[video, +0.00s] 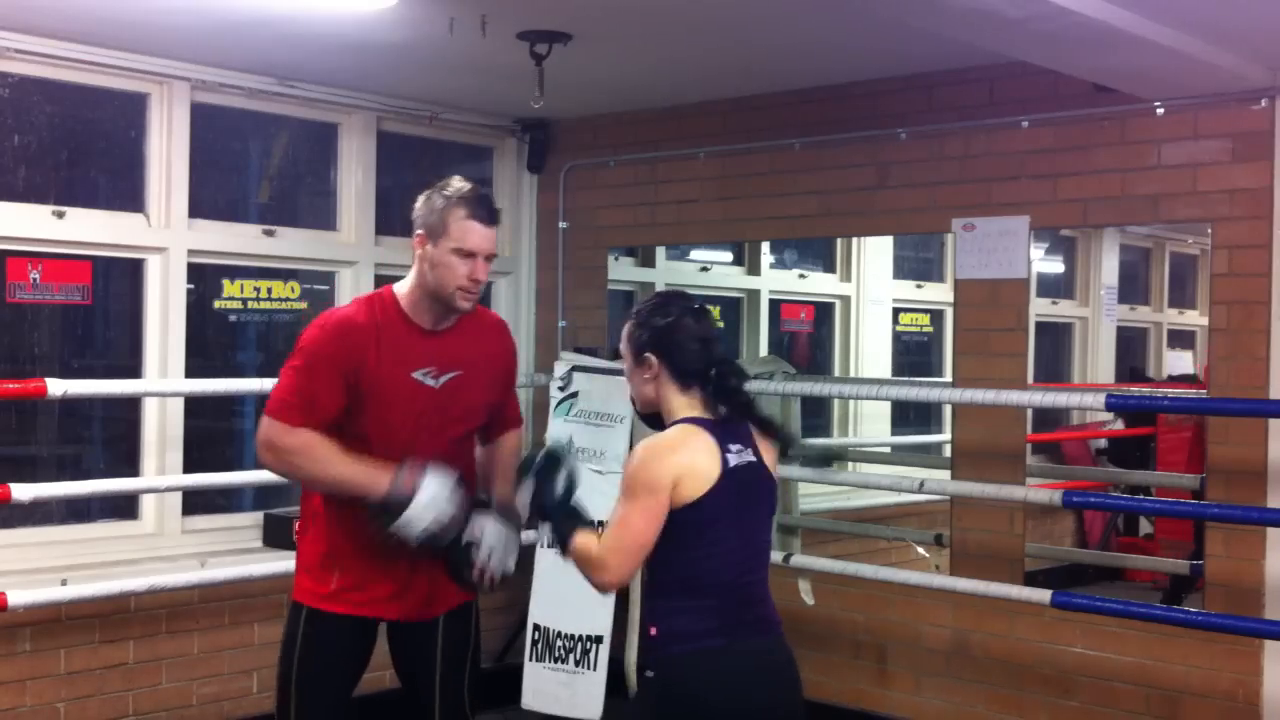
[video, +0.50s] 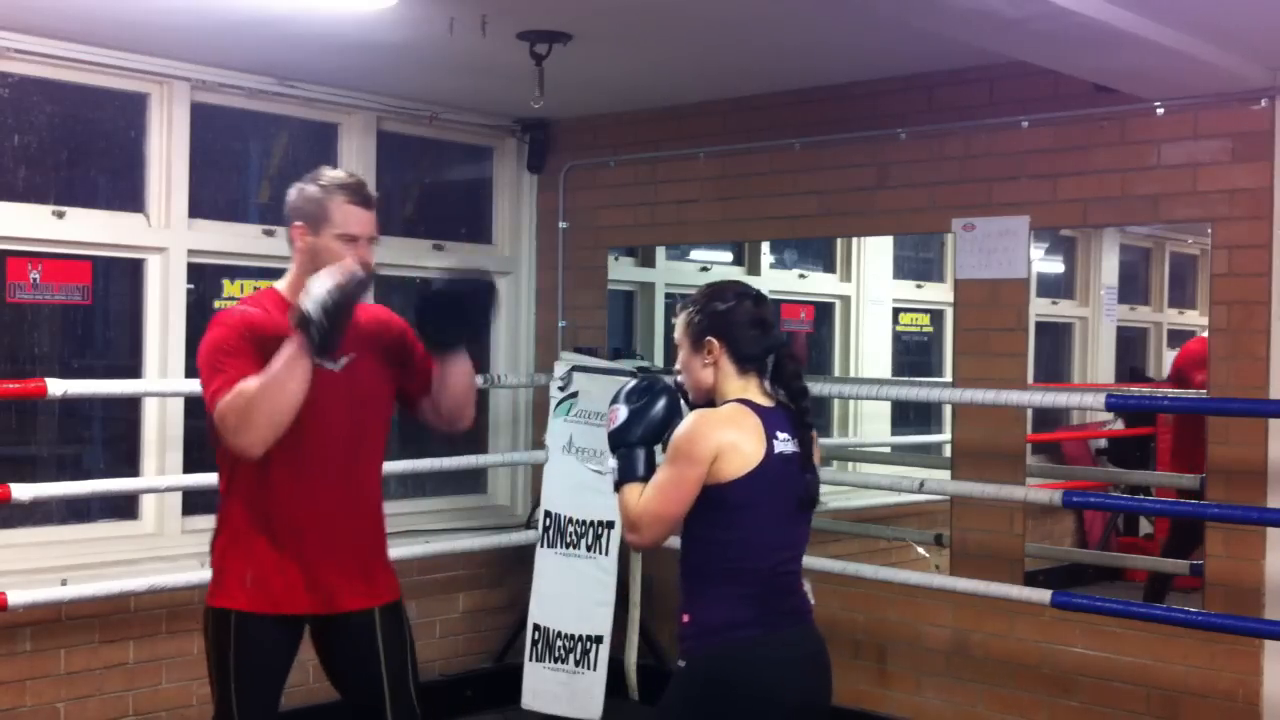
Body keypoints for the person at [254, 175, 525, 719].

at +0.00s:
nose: (480, 274)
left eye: (488, 259)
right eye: (465, 255)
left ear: (494, 257)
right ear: (421, 247)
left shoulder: (492, 338)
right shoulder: (344, 331)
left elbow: (502, 431)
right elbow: (277, 440)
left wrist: (501, 511)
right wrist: (399, 483)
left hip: (442, 585)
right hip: (338, 582)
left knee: (448, 709)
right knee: (307, 711)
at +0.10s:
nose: (483, 275)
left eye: (492, 261)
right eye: (469, 256)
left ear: (499, 262)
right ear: (425, 249)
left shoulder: (497, 345)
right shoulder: (340, 335)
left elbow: (509, 435)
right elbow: (255, 427)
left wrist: (500, 517)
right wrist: (331, 525)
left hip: (437, 584)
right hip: (331, 579)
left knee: (442, 711)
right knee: (293, 711)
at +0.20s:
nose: (469, 270)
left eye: (476, 257)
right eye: (455, 252)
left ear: (483, 260)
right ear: (409, 246)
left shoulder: (480, 346)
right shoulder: (318, 336)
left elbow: (498, 435)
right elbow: (234, 423)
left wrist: (492, 510)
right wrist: (318, 514)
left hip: (424, 583)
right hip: (316, 580)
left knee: (433, 710)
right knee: (278, 713)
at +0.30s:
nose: (431, 264)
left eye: (439, 249)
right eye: (416, 244)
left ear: (444, 253)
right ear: (370, 241)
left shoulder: (446, 342)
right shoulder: (290, 334)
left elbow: (483, 430)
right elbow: (224, 442)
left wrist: (485, 477)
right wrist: (329, 469)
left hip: (400, 587)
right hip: (297, 583)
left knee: (419, 711)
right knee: (263, 711)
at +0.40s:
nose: (392, 262)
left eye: (399, 247)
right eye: (377, 243)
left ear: (404, 249)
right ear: (330, 240)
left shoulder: (408, 335)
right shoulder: (260, 334)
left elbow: (456, 437)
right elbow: (233, 451)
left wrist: (474, 413)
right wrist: (327, 393)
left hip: (376, 584)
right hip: (273, 588)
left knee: (407, 710)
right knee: (250, 711)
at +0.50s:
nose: (364, 257)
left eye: (370, 243)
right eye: (348, 240)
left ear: (378, 243)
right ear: (300, 237)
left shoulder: (383, 329)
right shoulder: (239, 326)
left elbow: (454, 417)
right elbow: (245, 434)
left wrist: (455, 337)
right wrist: (308, 337)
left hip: (359, 577)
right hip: (257, 579)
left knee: (396, 710)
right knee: (242, 712)